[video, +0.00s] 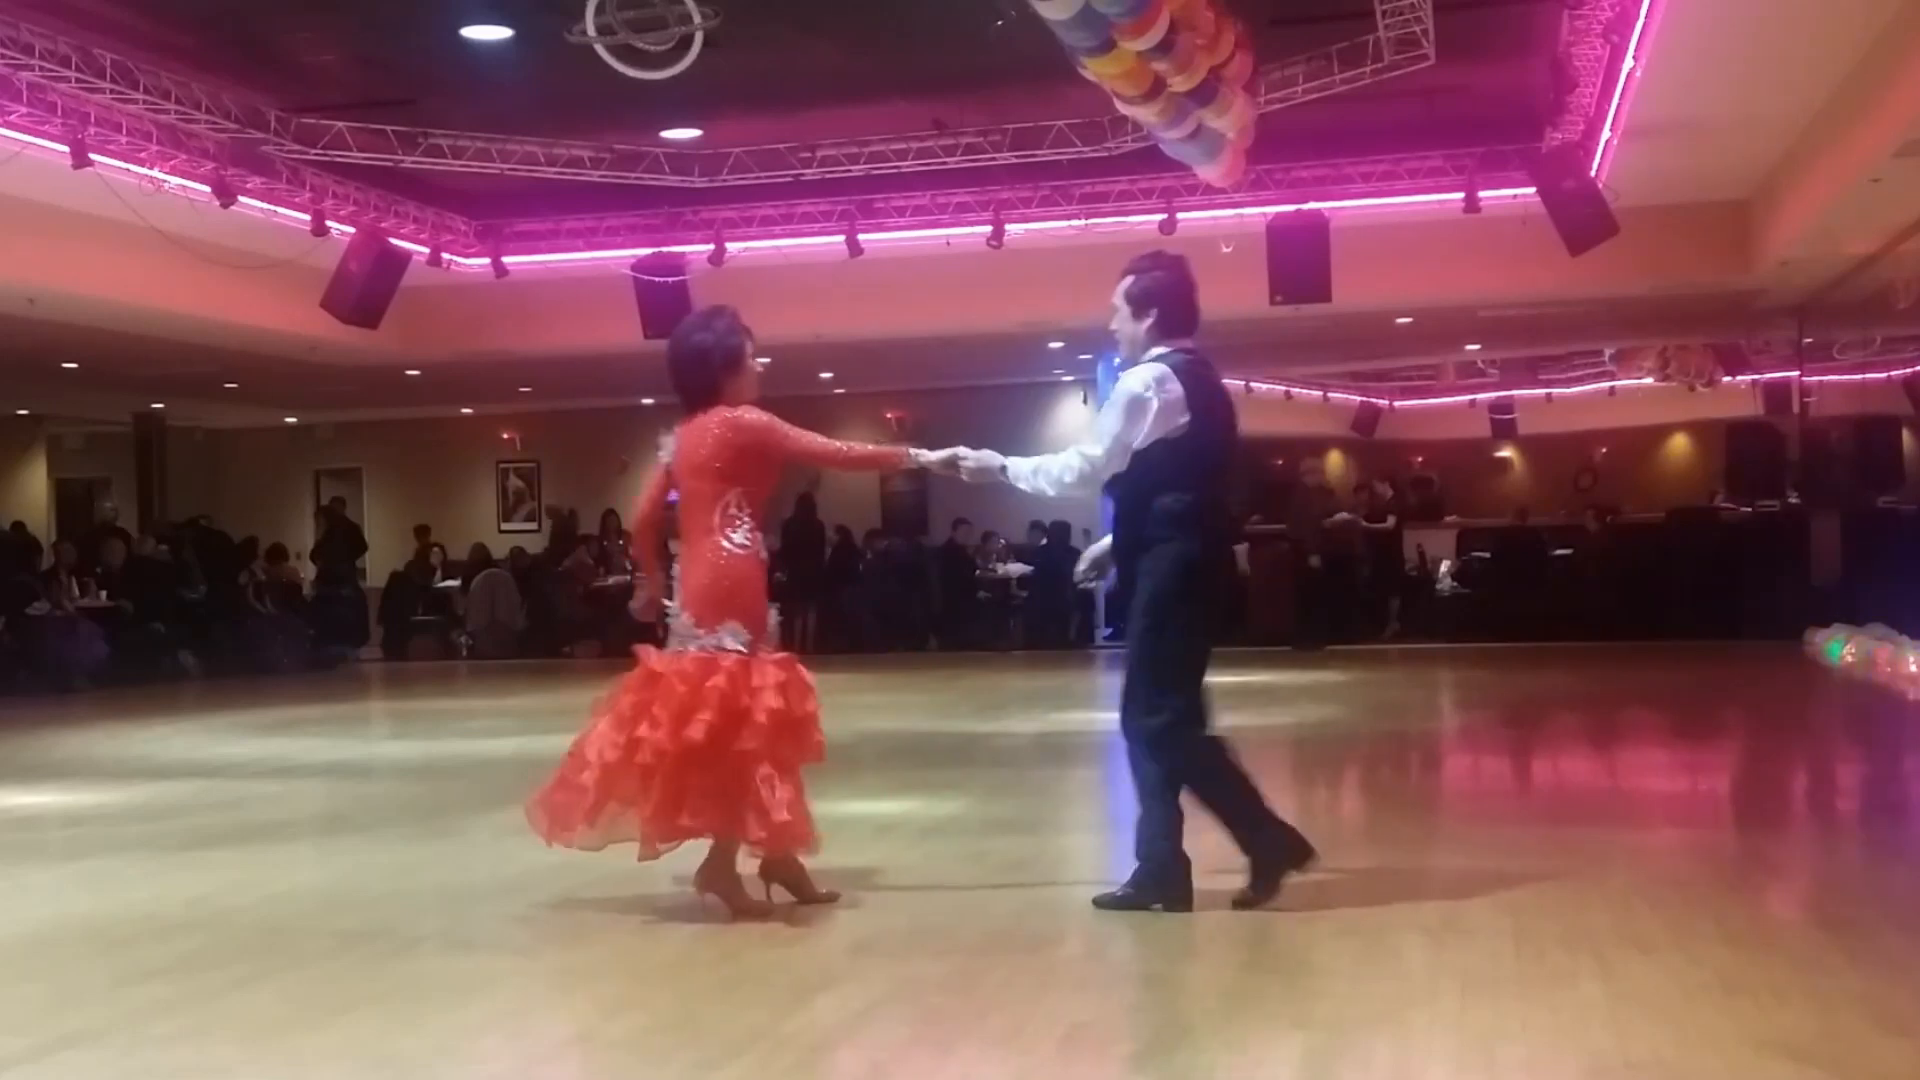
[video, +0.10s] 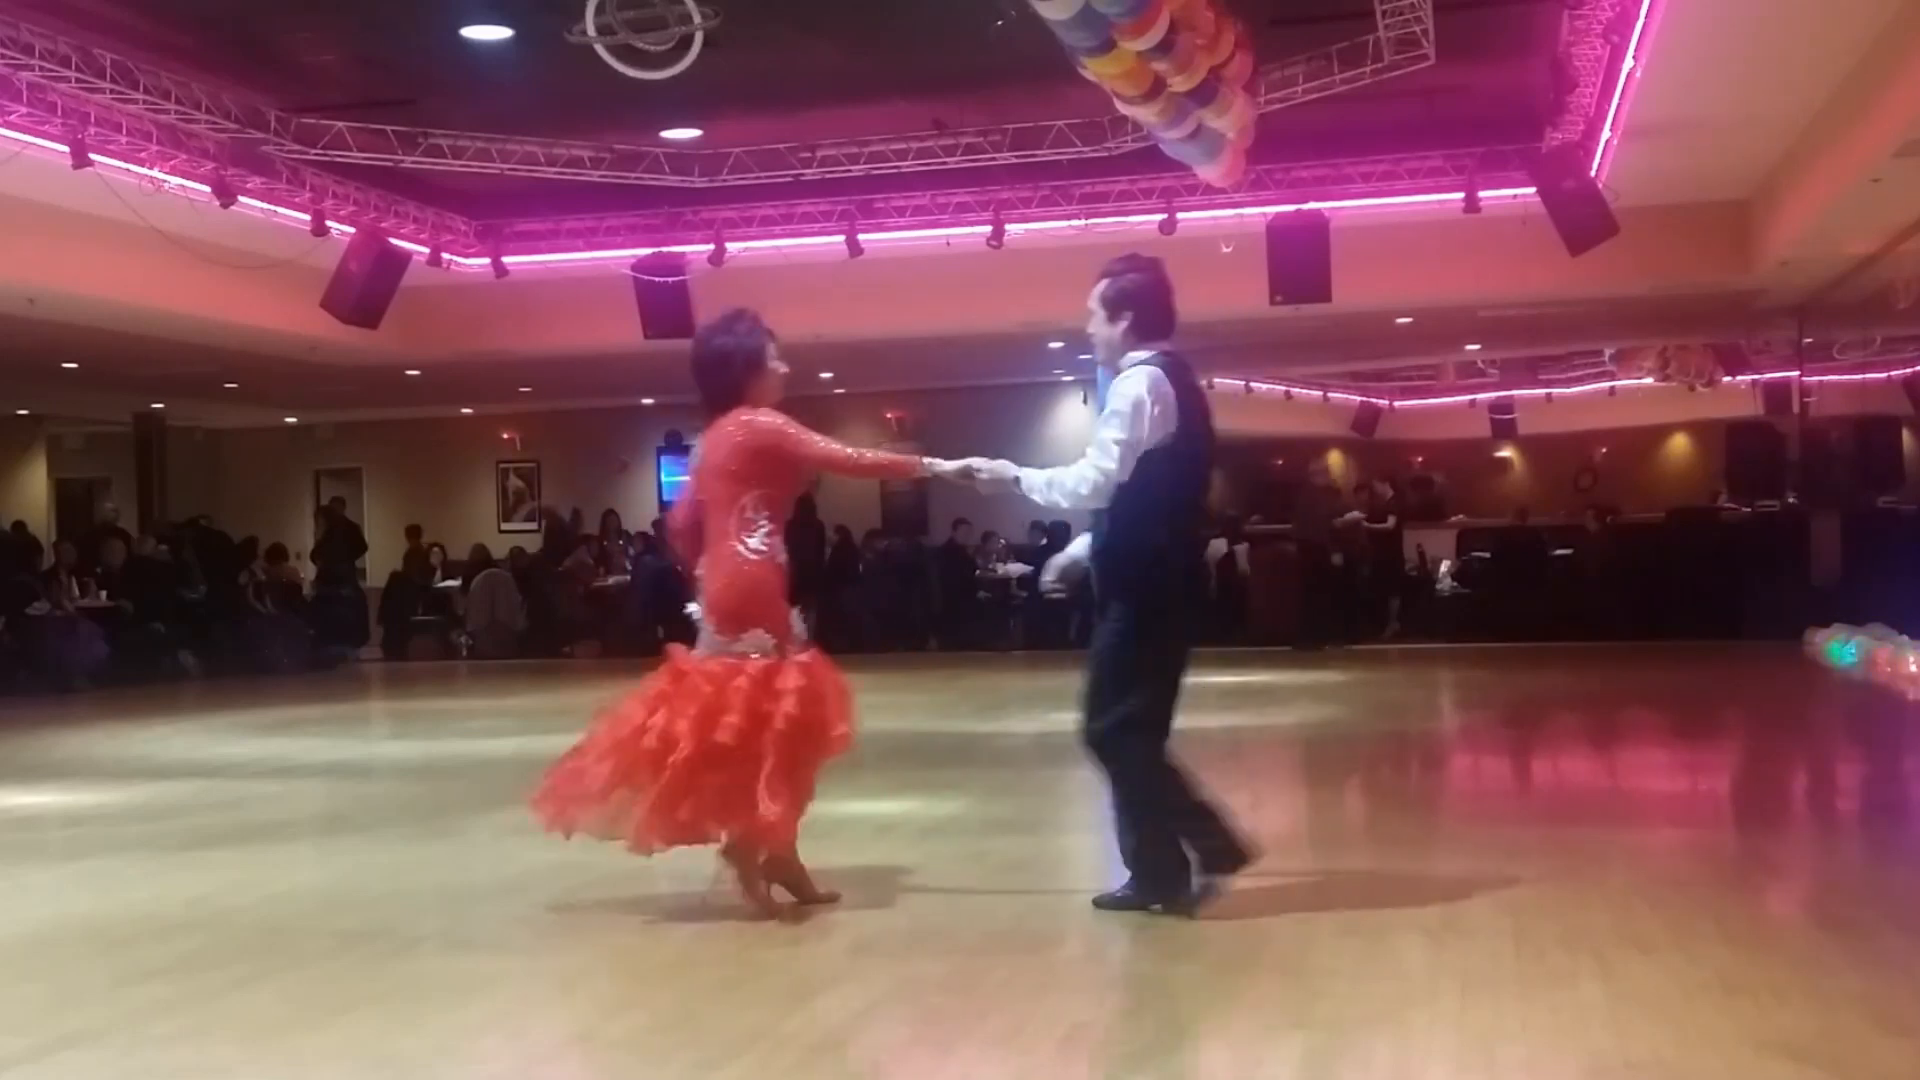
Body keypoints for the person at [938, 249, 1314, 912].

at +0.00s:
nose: (1112, 326)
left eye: (1119, 313)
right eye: (1114, 313)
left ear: (1149, 316)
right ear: (1165, 316)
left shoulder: (1149, 380)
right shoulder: (1197, 377)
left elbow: (1086, 469)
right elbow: (1177, 484)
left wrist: (993, 466)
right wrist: (1119, 540)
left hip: (1172, 562)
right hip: (1192, 557)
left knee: (1154, 716)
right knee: (1162, 714)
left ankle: (1270, 841)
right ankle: (1160, 870)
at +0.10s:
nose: (1087, 329)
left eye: (1095, 316)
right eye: (1090, 316)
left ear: (1126, 320)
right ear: (1140, 319)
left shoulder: (1138, 382)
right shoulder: (1173, 378)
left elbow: (1095, 483)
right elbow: (1145, 494)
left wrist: (1010, 475)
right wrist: (1081, 551)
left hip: (1144, 580)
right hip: (1166, 576)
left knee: (1112, 728)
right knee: (1132, 728)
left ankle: (1212, 846)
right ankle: (1157, 877)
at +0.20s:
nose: (1060, 327)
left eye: (1068, 313)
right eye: (1062, 313)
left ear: (1100, 316)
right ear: (1115, 319)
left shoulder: (1120, 381)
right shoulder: (1136, 378)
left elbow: (1117, 481)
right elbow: (1108, 504)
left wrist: (1033, 469)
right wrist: (1040, 555)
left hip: (1111, 582)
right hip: (1126, 579)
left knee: (1059, 722)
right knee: (1114, 726)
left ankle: (1129, 878)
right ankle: (1159, 878)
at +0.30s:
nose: (1031, 325)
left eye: (1039, 312)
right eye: (1034, 312)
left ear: (1068, 316)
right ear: (1084, 317)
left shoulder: (1096, 380)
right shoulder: (1081, 379)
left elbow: (1130, 459)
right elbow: (1084, 490)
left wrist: (1038, 457)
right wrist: (1024, 548)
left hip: (1081, 582)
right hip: (1090, 580)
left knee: (1018, 721)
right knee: (1100, 725)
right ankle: (1155, 874)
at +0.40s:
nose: (999, 327)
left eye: (1004, 314)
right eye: (1001, 314)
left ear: (1030, 317)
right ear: (1057, 317)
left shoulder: (1062, 378)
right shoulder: (1054, 382)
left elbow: (1094, 457)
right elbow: (1048, 479)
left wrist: (995, 455)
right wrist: (983, 506)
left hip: (1039, 588)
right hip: (1068, 586)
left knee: (986, 733)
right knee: (1084, 735)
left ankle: (986, 897)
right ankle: (1151, 878)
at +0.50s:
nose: (974, 322)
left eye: (978, 310)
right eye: (977, 309)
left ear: (999, 313)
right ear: (1043, 310)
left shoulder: (1022, 374)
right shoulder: (1072, 373)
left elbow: (1013, 467)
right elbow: (1031, 475)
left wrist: (905, 469)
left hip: (1018, 581)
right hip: (1069, 576)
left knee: (974, 739)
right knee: (1064, 728)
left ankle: (988, 903)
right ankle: (1123, 884)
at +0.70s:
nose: (956, 330)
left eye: (962, 314)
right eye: (949, 320)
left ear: (980, 307)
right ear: (1027, 302)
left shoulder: (978, 376)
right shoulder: (1066, 373)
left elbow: (907, 471)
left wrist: (821, 499)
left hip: (994, 578)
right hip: (1055, 570)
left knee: (974, 735)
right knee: (1034, 732)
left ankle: (987, 894)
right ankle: (1069, 890)